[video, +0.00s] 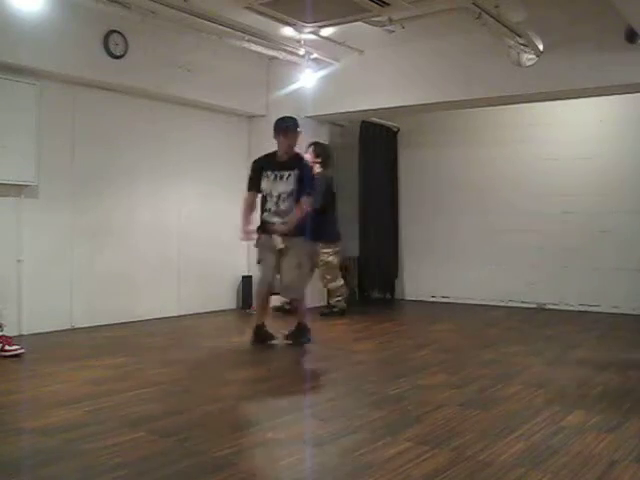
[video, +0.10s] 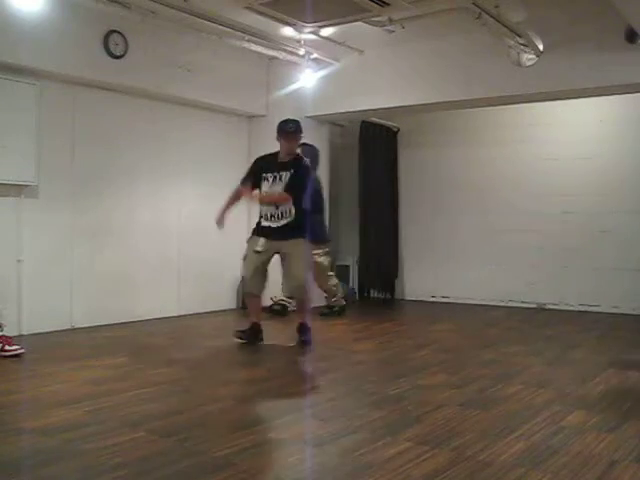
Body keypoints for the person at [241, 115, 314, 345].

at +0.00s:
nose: (290, 141)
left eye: (293, 136)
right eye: (286, 136)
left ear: (297, 137)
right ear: (277, 136)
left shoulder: (304, 167)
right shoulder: (260, 164)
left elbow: (306, 202)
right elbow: (251, 197)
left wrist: (288, 224)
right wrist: (246, 223)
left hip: (296, 234)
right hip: (267, 233)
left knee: (293, 283)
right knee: (265, 281)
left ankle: (302, 324)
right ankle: (259, 326)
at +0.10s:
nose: (292, 142)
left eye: (295, 137)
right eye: (287, 137)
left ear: (300, 139)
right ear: (279, 138)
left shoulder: (302, 168)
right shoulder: (262, 163)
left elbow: (286, 197)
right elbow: (242, 189)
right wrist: (223, 211)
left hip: (294, 236)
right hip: (264, 234)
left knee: (299, 283)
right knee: (250, 278)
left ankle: (304, 326)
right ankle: (255, 327)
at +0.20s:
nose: (293, 145)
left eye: (296, 141)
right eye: (288, 141)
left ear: (300, 141)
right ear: (279, 140)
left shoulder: (301, 166)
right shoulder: (266, 160)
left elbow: (290, 198)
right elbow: (243, 173)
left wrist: (269, 182)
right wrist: (223, 184)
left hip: (292, 236)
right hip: (263, 235)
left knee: (316, 282)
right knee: (241, 276)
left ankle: (308, 327)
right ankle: (252, 327)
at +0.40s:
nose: (292, 145)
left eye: (296, 140)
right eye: (288, 140)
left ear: (301, 140)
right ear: (279, 140)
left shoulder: (307, 165)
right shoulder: (266, 156)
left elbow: (320, 186)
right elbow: (243, 159)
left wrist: (297, 175)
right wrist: (221, 166)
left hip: (297, 237)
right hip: (265, 236)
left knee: (317, 280)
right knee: (245, 279)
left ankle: (308, 328)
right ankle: (252, 326)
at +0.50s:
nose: (295, 144)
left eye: (299, 140)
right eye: (291, 139)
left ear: (303, 140)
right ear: (282, 139)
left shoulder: (310, 165)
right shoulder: (268, 157)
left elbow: (332, 184)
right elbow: (245, 159)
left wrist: (310, 187)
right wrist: (223, 171)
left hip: (301, 236)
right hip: (268, 235)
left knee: (322, 280)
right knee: (251, 280)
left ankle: (309, 327)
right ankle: (252, 326)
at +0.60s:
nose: (300, 144)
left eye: (303, 140)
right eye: (296, 140)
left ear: (308, 141)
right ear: (286, 141)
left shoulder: (314, 168)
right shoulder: (269, 163)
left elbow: (337, 188)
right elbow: (246, 170)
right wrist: (236, 182)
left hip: (306, 235)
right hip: (275, 235)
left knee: (323, 280)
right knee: (262, 281)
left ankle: (314, 325)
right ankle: (257, 324)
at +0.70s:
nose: (304, 146)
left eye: (308, 142)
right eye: (300, 141)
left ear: (313, 142)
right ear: (291, 142)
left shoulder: (322, 166)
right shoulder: (275, 169)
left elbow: (350, 170)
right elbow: (247, 187)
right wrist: (235, 206)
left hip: (314, 235)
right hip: (286, 237)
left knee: (323, 279)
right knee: (283, 286)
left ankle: (324, 322)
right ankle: (261, 326)